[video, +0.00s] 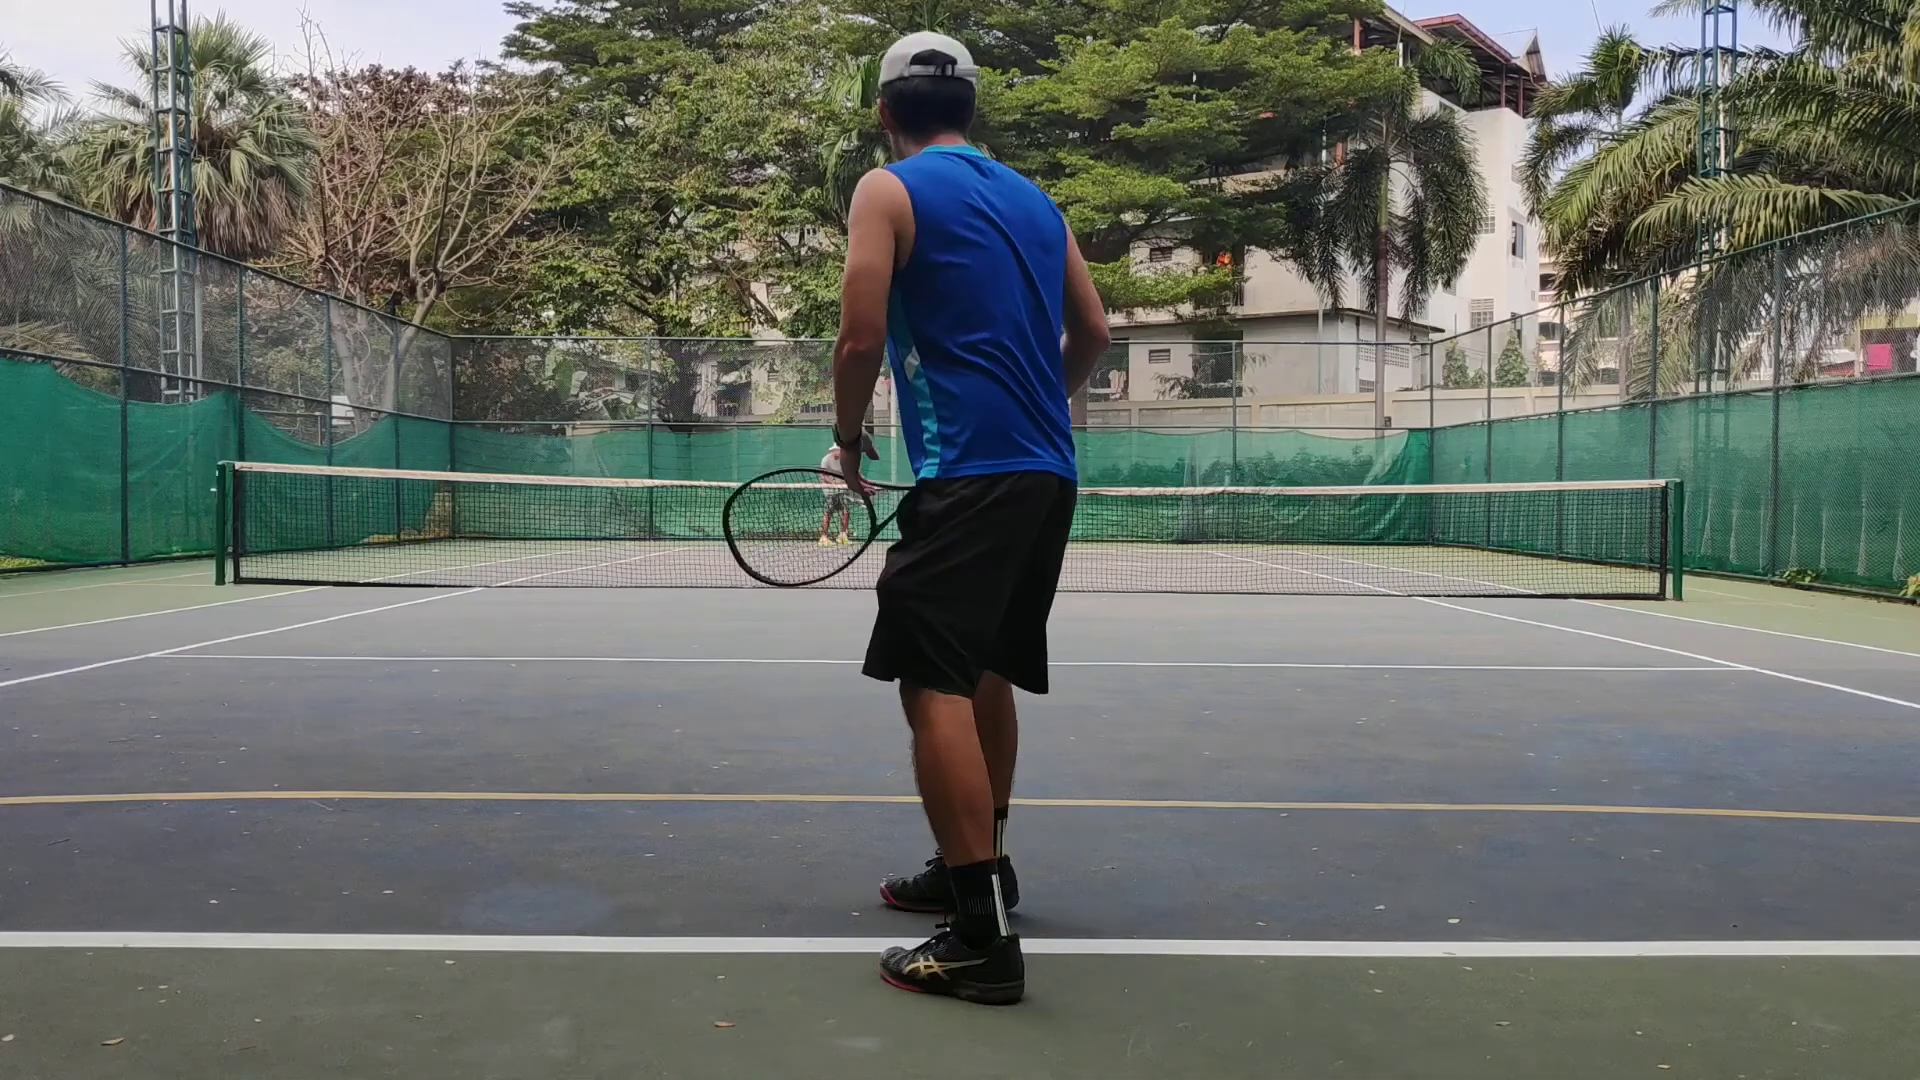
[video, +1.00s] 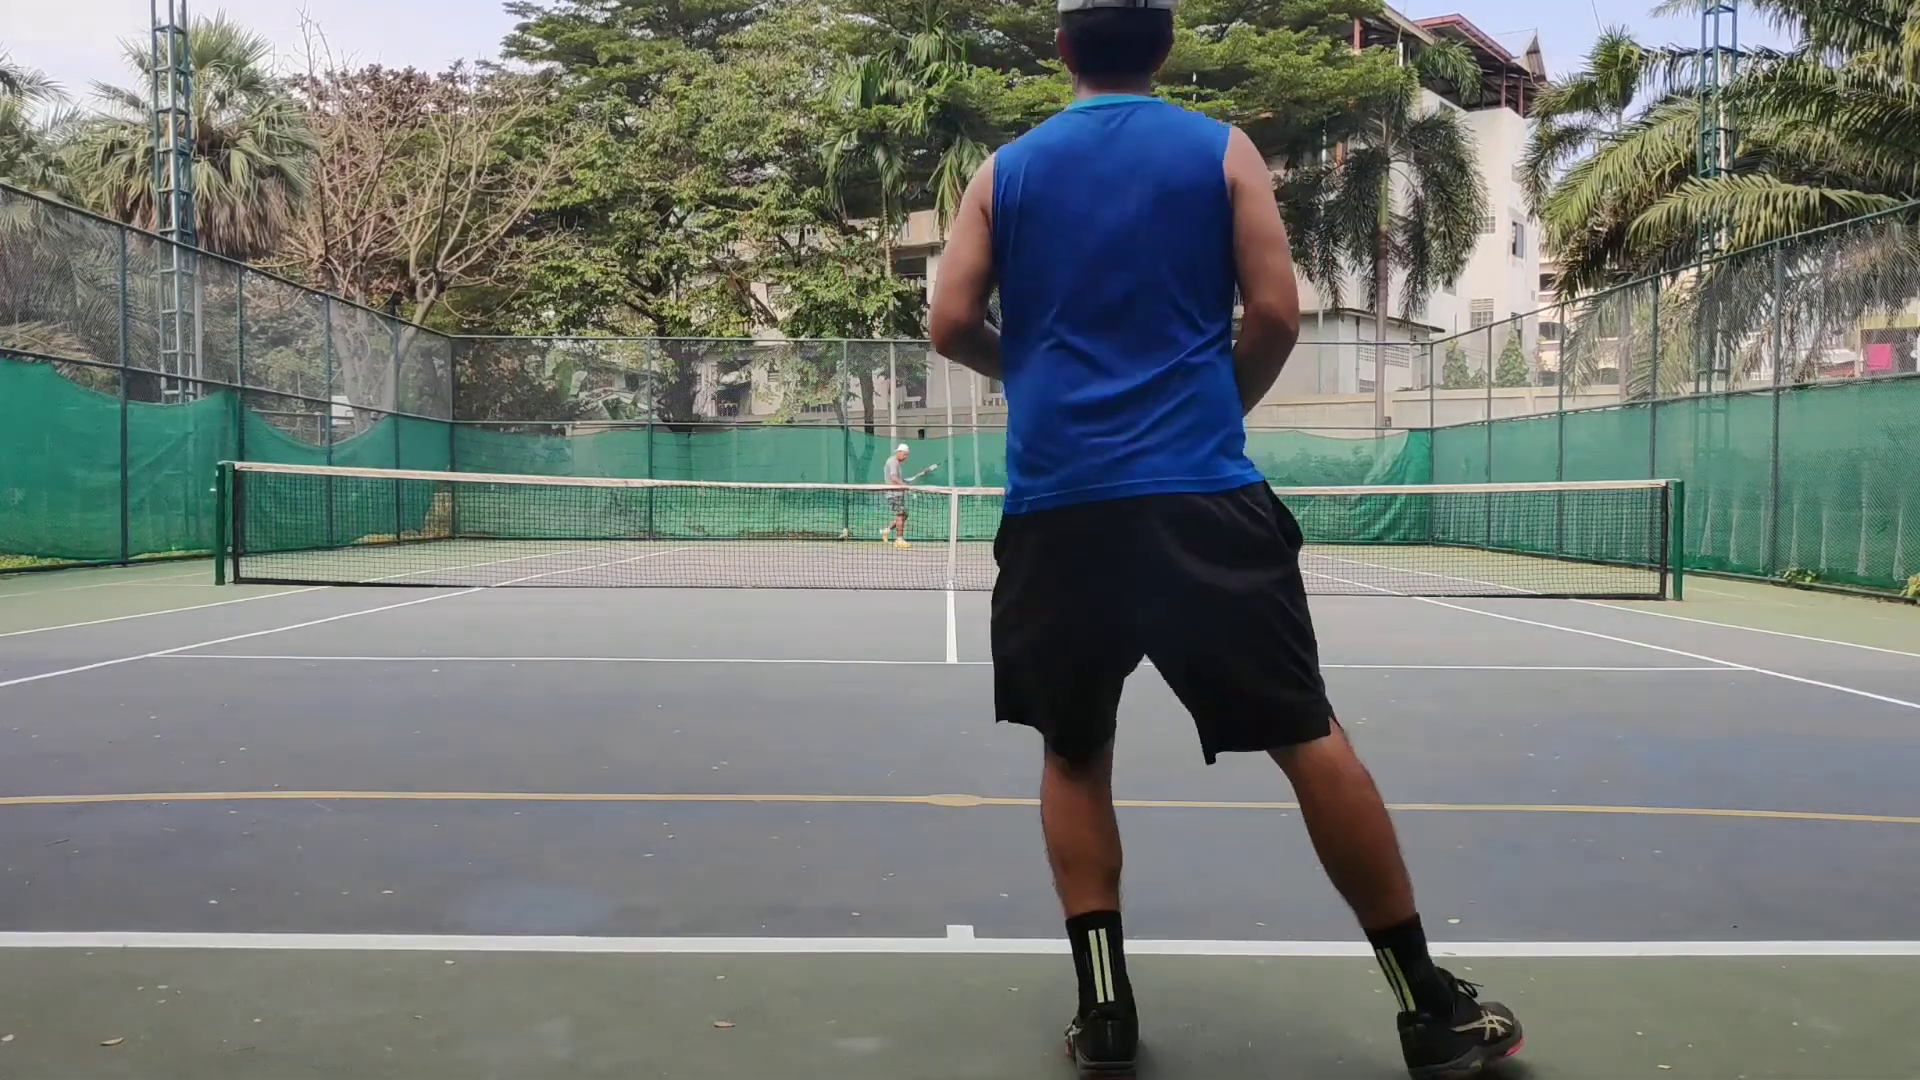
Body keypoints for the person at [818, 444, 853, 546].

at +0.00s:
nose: (839, 454)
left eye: (841, 451)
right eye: (838, 451)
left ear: (843, 452)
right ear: (833, 451)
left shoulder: (845, 460)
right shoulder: (826, 460)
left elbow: (851, 474)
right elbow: (824, 475)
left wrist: (847, 482)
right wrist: (833, 482)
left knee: (846, 512)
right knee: (828, 512)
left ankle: (843, 534)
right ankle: (824, 536)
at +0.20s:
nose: (855, 454)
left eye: (856, 452)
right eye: (853, 452)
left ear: (855, 453)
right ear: (848, 451)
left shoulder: (852, 462)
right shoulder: (841, 461)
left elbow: (850, 476)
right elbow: (837, 476)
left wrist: (856, 484)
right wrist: (849, 482)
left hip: (852, 489)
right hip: (843, 489)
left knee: (859, 513)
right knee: (840, 515)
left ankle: (863, 537)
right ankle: (826, 535)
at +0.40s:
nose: (867, 453)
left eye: (868, 450)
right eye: (865, 450)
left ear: (869, 451)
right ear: (860, 449)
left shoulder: (866, 460)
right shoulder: (853, 460)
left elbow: (864, 474)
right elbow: (847, 474)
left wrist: (869, 486)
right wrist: (859, 480)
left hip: (866, 488)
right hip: (857, 489)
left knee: (869, 514)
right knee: (864, 513)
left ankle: (865, 536)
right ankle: (847, 529)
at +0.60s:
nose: (878, 452)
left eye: (879, 450)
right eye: (876, 449)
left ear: (880, 450)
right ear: (872, 449)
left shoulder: (877, 460)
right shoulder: (866, 459)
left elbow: (876, 474)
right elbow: (859, 474)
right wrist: (870, 480)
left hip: (877, 489)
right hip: (869, 490)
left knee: (875, 513)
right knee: (879, 512)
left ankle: (866, 536)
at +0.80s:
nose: (892, 456)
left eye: (893, 453)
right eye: (891, 453)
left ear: (892, 453)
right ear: (885, 452)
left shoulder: (886, 462)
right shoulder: (880, 461)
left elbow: (885, 477)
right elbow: (875, 477)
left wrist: (896, 484)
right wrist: (889, 483)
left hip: (887, 491)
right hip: (883, 492)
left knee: (884, 516)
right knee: (893, 515)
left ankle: (868, 536)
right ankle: (898, 538)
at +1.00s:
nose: (906, 457)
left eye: (906, 455)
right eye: (905, 455)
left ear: (903, 454)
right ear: (899, 453)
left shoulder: (896, 462)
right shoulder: (892, 462)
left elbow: (896, 476)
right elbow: (893, 477)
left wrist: (904, 481)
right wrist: (904, 485)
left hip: (897, 490)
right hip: (893, 491)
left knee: (904, 515)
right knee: (900, 515)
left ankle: (887, 530)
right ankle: (899, 539)